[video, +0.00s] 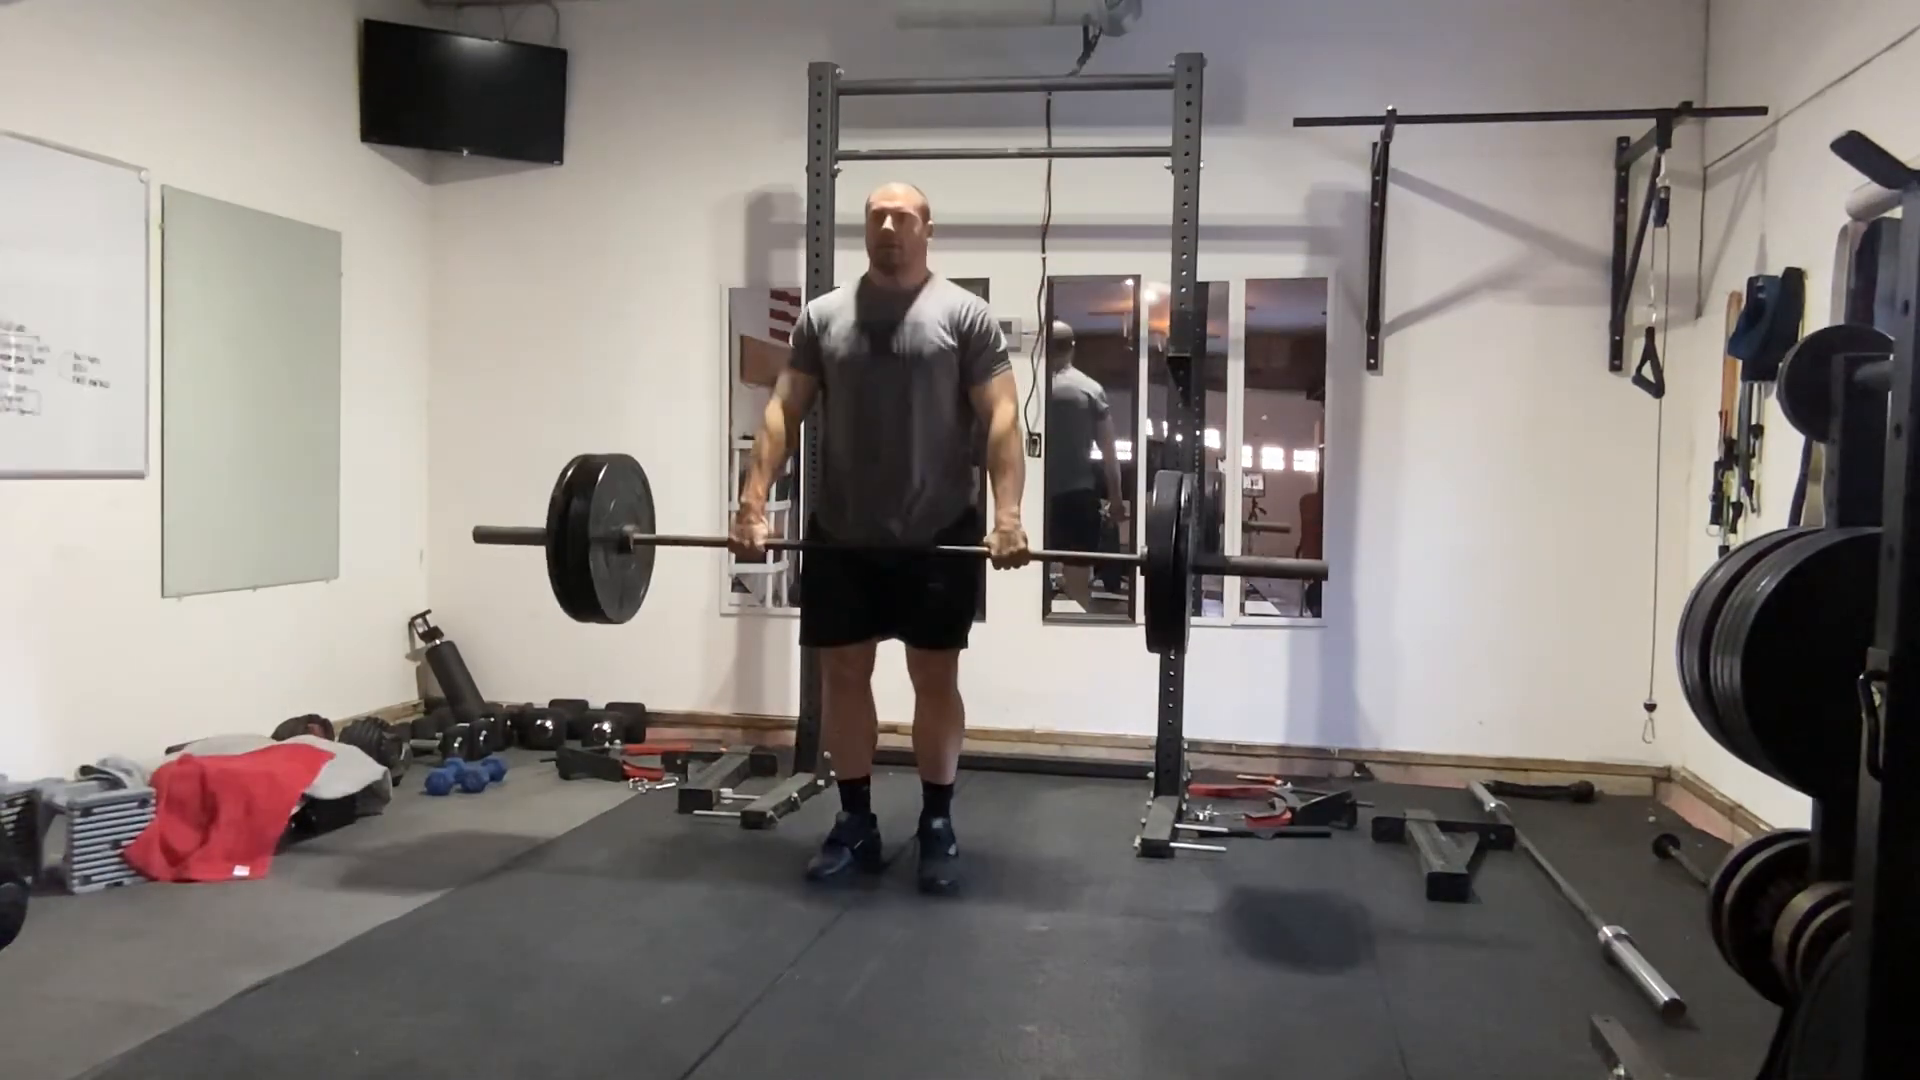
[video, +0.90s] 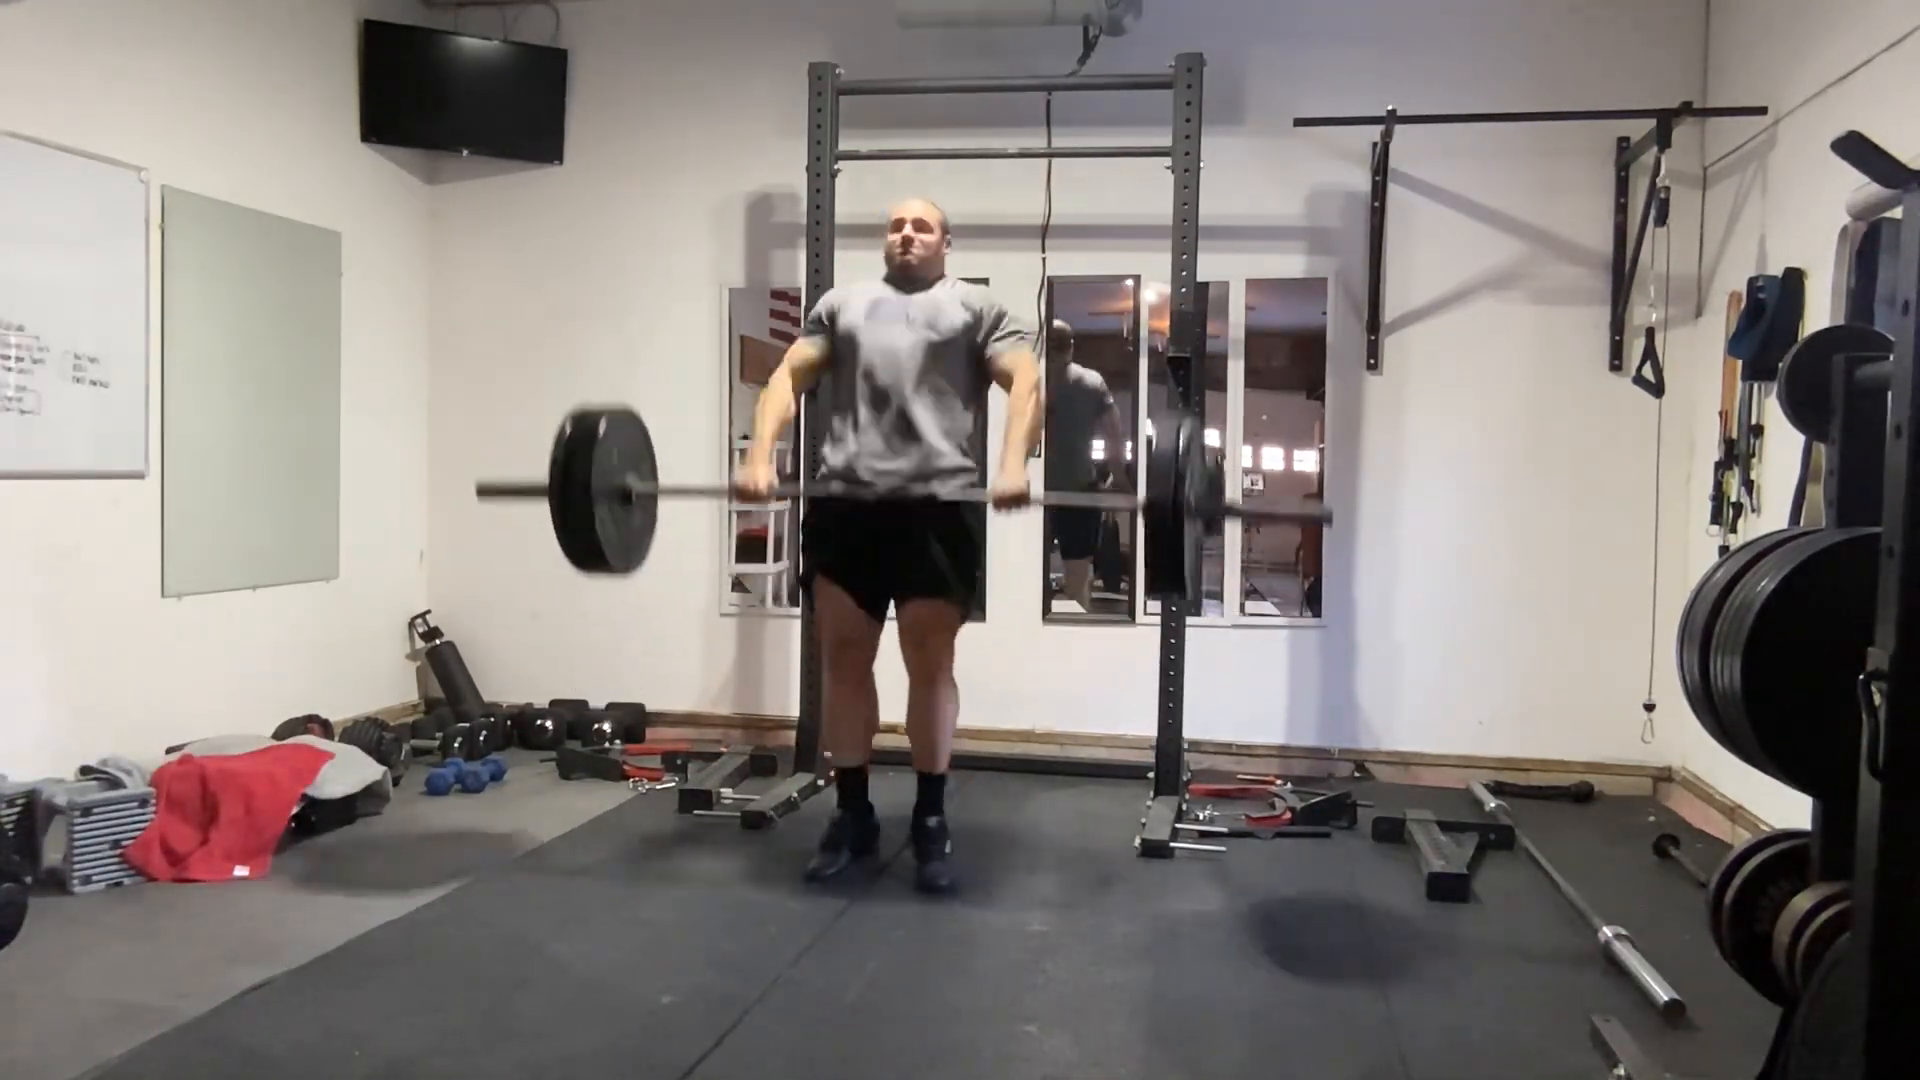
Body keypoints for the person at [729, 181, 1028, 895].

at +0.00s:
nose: (887, 227)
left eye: (902, 218)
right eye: (877, 218)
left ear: (928, 233)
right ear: (863, 233)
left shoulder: (966, 317)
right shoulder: (822, 318)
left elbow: (1000, 418)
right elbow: (783, 410)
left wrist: (1007, 517)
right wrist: (751, 503)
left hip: (936, 531)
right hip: (842, 530)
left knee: (934, 675)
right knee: (844, 672)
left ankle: (937, 828)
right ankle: (855, 828)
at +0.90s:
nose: (907, 234)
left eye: (921, 227)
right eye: (897, 226)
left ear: (945, 246)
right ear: (882, 242)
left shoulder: (974, 305)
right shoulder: (842, 304)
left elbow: (1027, 380)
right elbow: (787, 376)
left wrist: (1013, 462)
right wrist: (759, 455)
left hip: (938, 506)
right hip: (845, 503)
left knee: (929, 660)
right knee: (844, 660)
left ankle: (930, 822)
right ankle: (851, 817)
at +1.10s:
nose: (894, 236)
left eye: (911, 227)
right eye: (886, 227)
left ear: (938, 248)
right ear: (872, 244)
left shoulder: (971, 310)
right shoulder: (839, 311)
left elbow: (1053, 369)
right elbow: (791, 388)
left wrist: (1041, 346)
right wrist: (764, 364)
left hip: (947, 509)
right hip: (858, 508)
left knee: (957, 660)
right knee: (812, 653)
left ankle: (955, 821)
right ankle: (850, 817)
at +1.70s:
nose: (889, 287)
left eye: (905, 277)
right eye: (881, 276)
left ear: (935, 295)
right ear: (869, 294)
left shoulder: (955, 367)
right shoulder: (837, 372)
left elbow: (985, 406)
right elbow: (775, 404)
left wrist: (989, 337)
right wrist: (783, 333)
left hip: (949, 565)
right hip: (846, 563)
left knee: (985, 703)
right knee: (781, 690)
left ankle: (968, 836)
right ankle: (834, 830)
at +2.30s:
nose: (897, 275)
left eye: (914, 267)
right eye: (888, 266)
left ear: (939, 288)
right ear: (874, 285)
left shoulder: (959, 359)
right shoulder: (834, 364)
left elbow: (993, 397)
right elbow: (769, 402)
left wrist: (1003, 330)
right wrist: (772, 336)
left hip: (941, 569)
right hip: (843, 567)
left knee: (958, 718)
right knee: (796, 699)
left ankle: (947, 834)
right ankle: (852, 831)